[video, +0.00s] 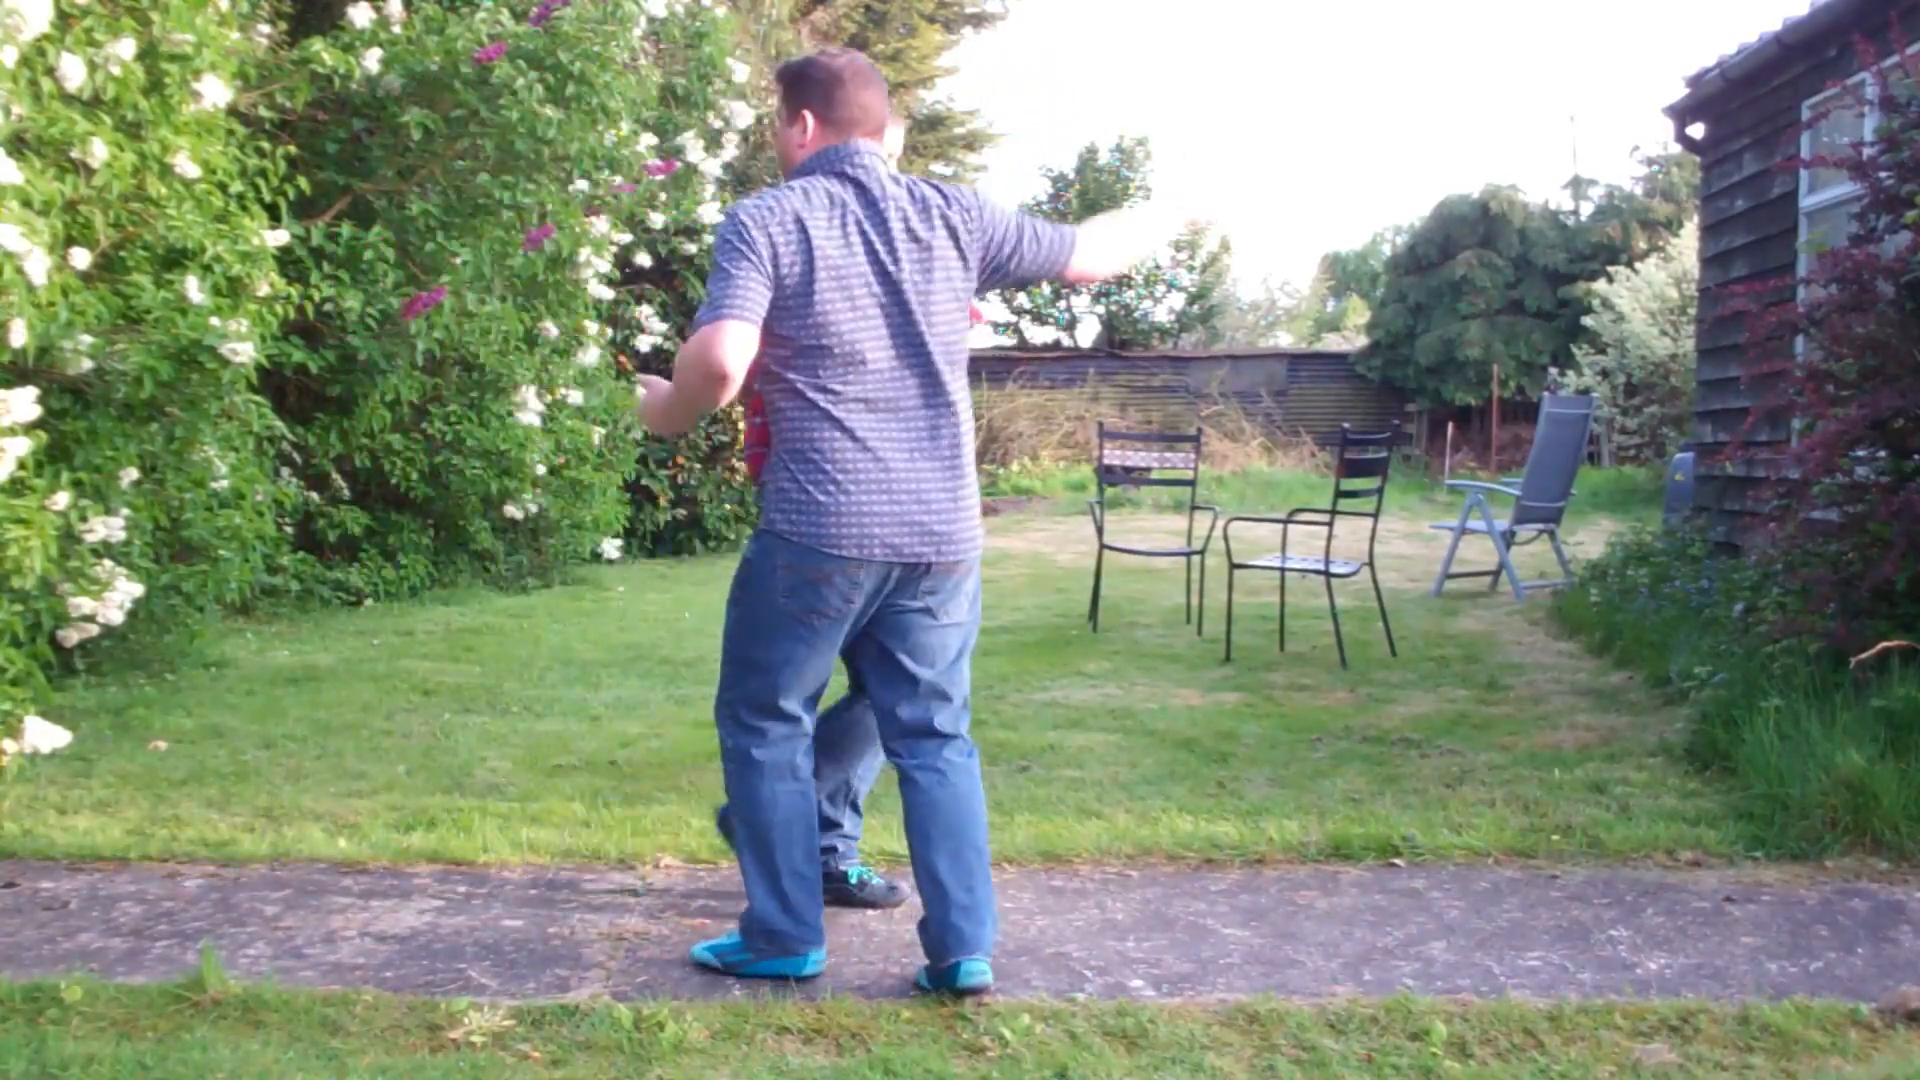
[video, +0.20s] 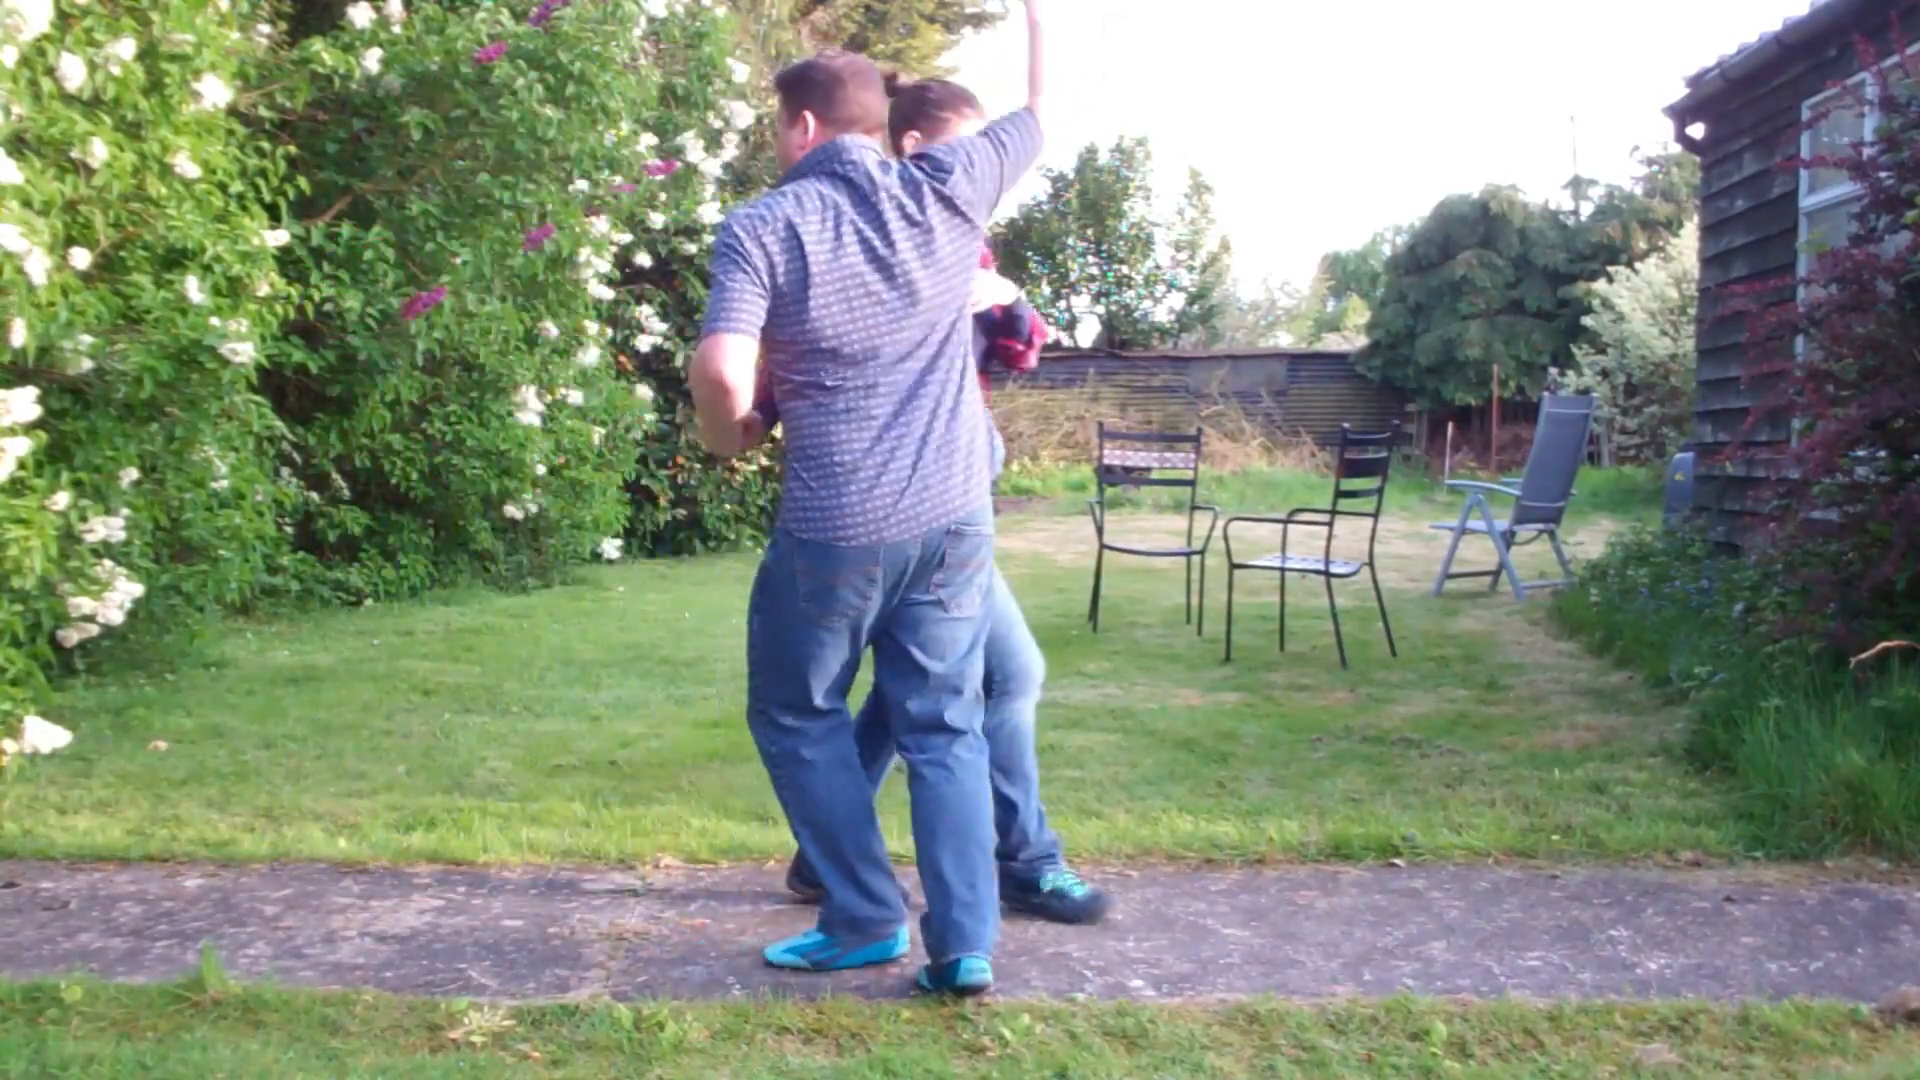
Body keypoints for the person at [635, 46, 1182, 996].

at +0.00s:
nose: (774, 141)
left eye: (778, 126)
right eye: (775, 126)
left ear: (804, 128)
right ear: (884, 129)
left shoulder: (769, 217)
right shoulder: (950, 211)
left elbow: (721, 361)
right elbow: (1084, 258)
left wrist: (668, 410)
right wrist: (1137, 238)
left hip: (824, 528)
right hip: (944, 529)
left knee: (764, 718)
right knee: (936, 734)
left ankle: (783, 935)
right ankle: (964, 951)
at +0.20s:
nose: (774, 137)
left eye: (780, 121)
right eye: (779, 120)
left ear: (805, 127)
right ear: (881, 123)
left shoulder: (762, 228)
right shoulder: (943, 184)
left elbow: (723, 374)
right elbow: (1033, 112)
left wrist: (731, 435)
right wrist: (1028, 7)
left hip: (842, 518)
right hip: (958, 505)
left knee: (793, 710)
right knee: (944, 726)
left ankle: (865, 915)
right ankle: (965, 949)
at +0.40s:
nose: (751, 137)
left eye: (756, 121)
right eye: (757, 121)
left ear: (780, 124)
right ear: (850, 114)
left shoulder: (742, 228)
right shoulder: (909, 167)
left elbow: (716, 389)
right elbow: (905, 56)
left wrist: (749, 424)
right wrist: (834, 6)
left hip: (831, 511)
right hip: (944, 495)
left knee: (816, 720)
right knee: (919, 697)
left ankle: (868, 925)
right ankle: (967, 878)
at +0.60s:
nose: (726, 139)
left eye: (729, 125)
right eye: (725, 126)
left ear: (765, 117)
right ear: (808, 107)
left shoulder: (774, 214)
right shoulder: (875, 158)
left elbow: (720, 371)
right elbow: (763, 115)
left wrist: (702, 346)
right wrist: (665, 115)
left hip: (833, 503)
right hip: (902, 475)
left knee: (804, 699)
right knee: (785, 670)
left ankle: (865, 924)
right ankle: (886, 859)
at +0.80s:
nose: (713, 126)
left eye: (728, 109)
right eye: (708, 110)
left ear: (791, 106)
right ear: (716, 113)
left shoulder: (855, 194)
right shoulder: (728, 190)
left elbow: (827, 318)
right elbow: (655, 244)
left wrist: (718, 318)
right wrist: (605, 274)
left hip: (844, 491)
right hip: (754, 491)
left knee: (815, 697)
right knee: (742, 691)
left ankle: (861, 904)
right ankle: (761, 877)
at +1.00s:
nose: (770, 121)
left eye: (788, 106)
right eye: (752, 105)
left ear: (818, 117)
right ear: (723, 116)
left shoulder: (874, 202)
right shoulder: (681, 209)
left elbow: (940, 308)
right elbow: (629, 336)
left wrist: (819, 315)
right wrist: (697, 411)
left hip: (846, 500)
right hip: (732, 502)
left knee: (832, 694)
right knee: (739, 706)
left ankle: (839, 888)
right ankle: (764, 883)